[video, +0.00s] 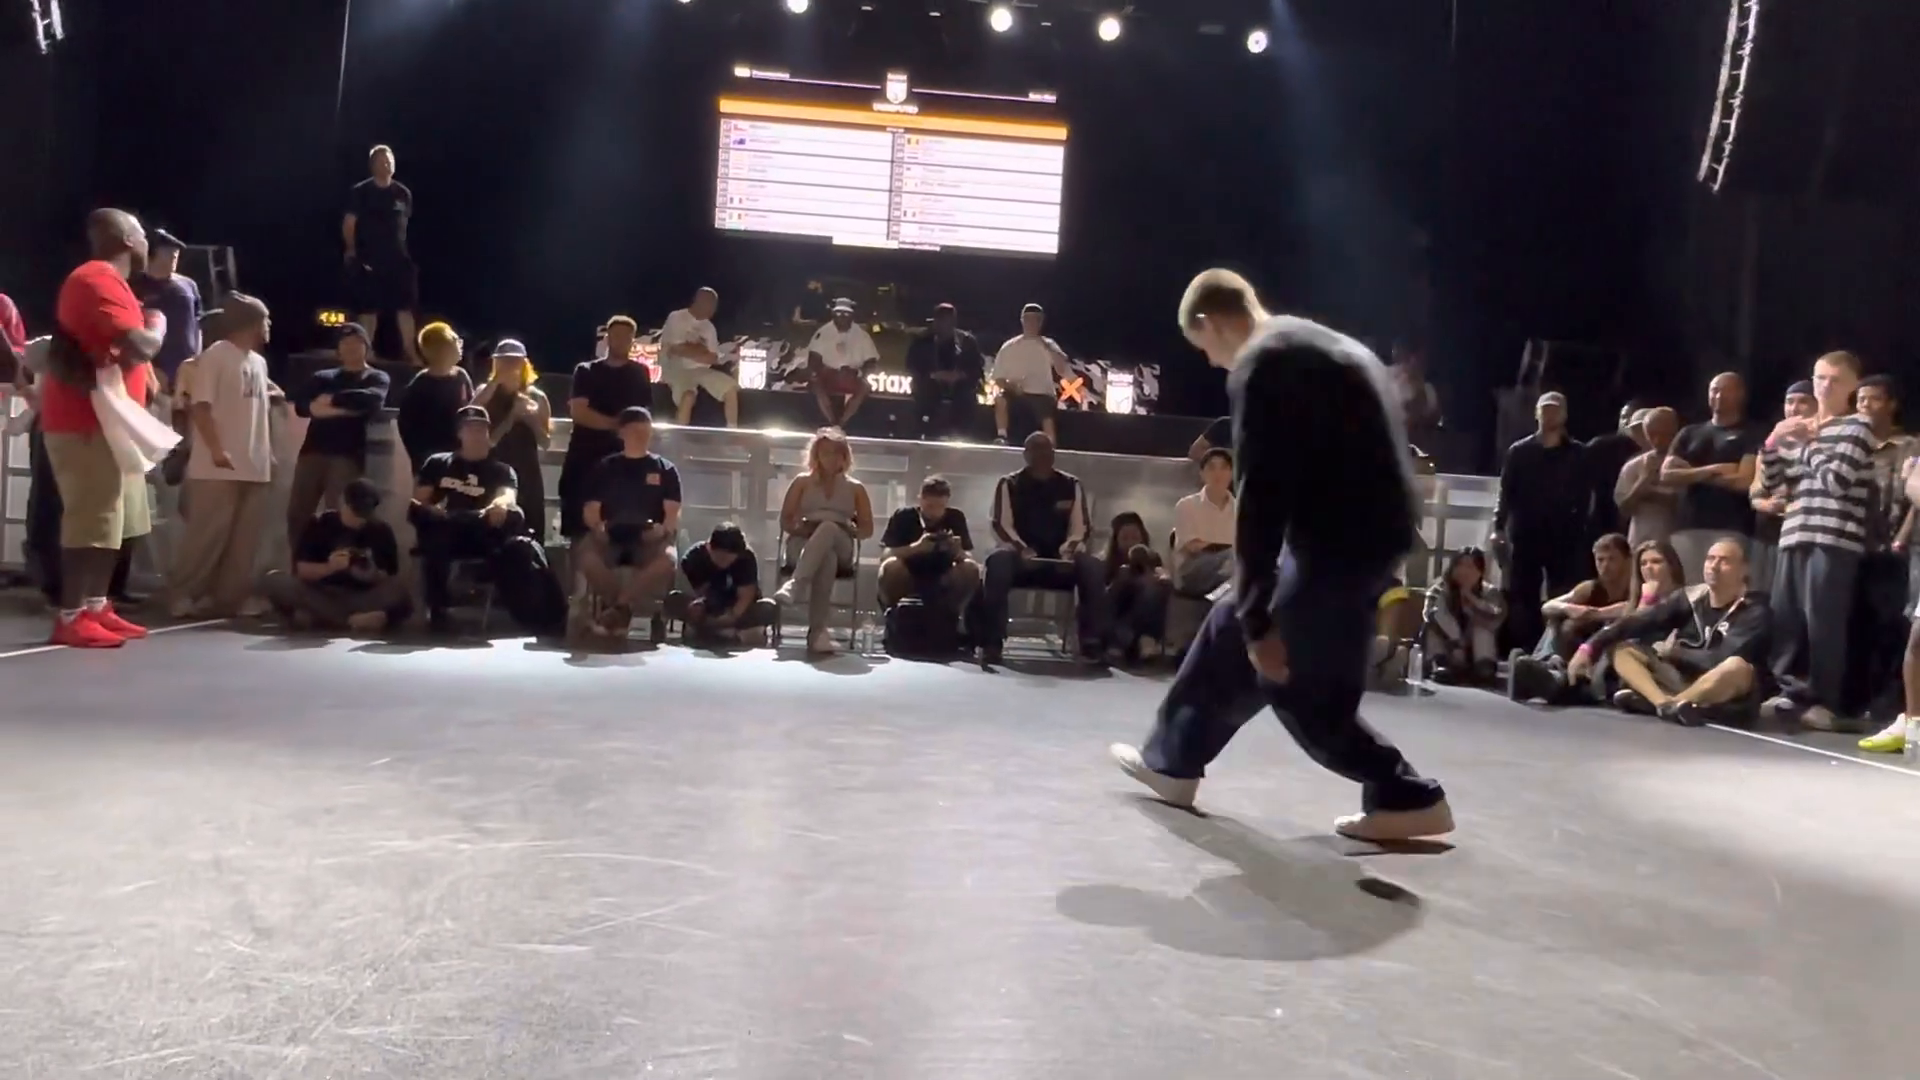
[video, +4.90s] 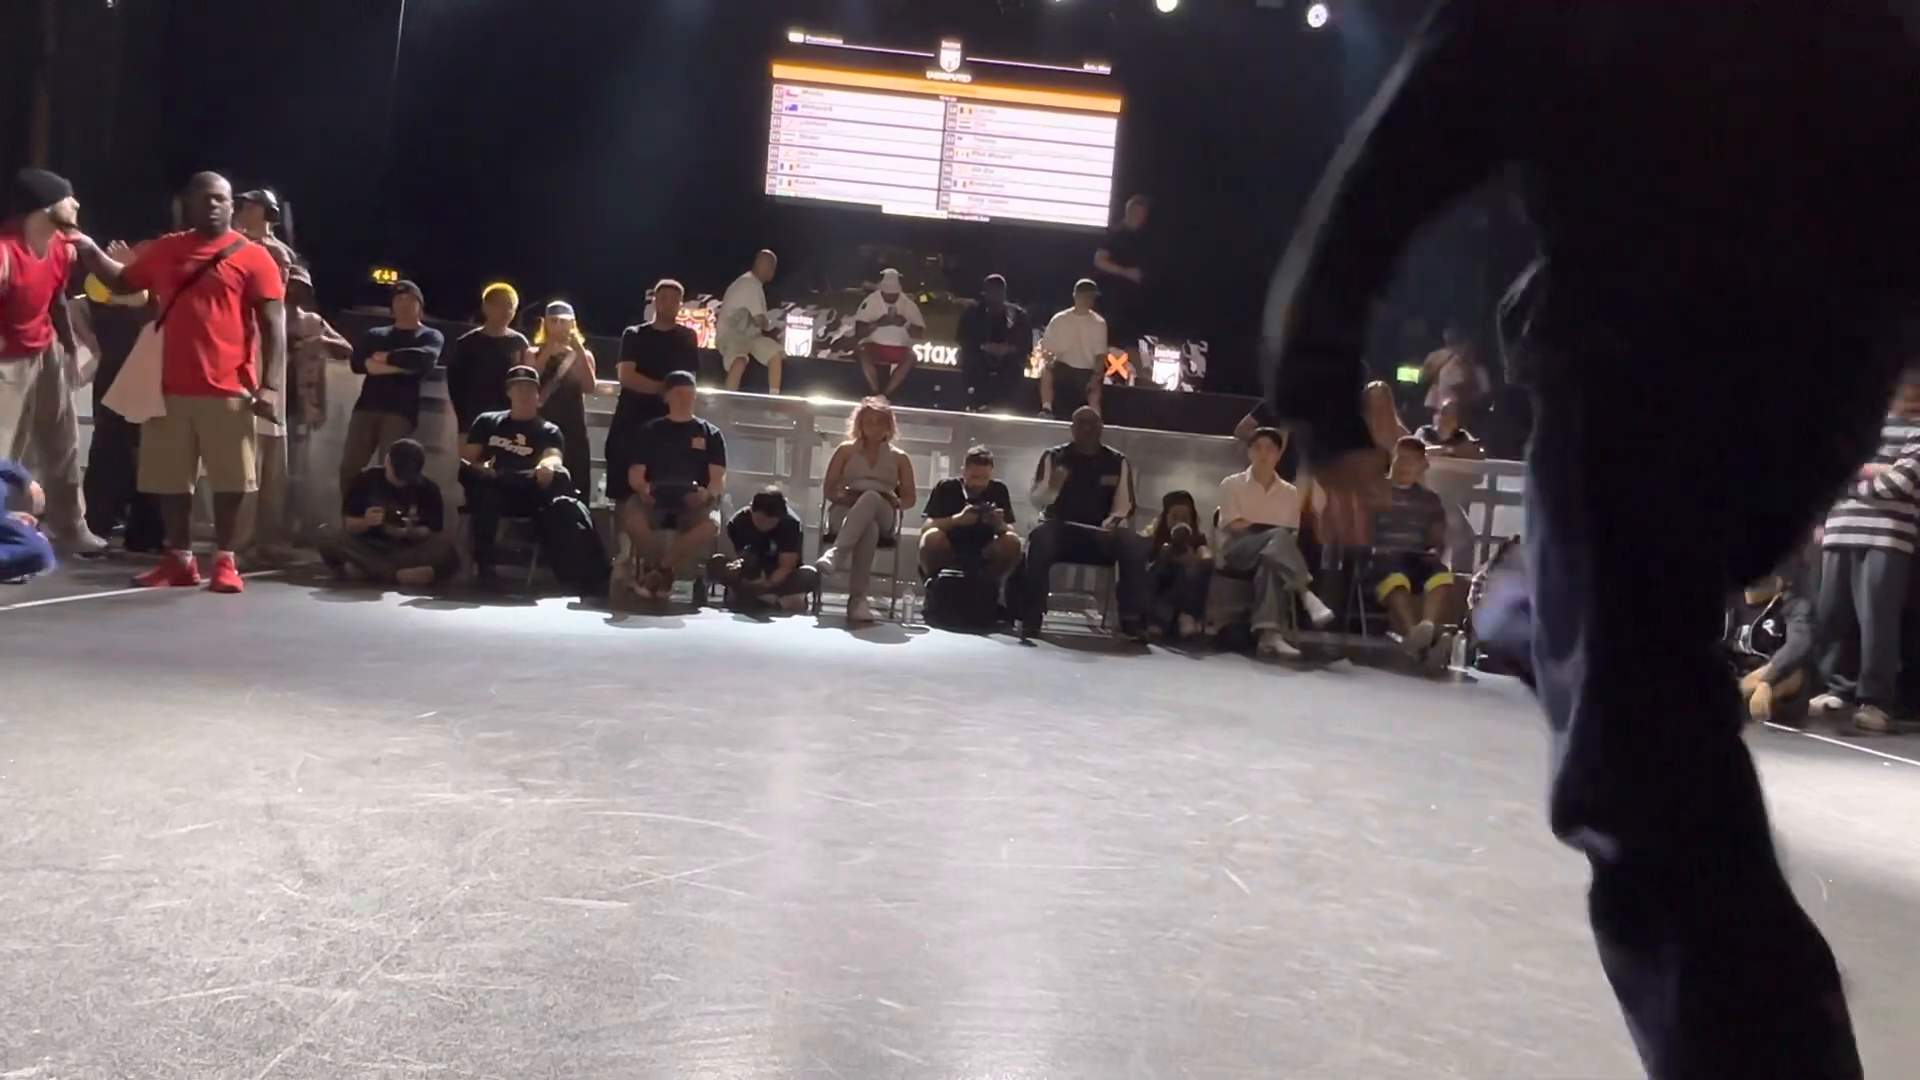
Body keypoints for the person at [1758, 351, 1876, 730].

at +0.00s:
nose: (1821, 386)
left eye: (1830, 380)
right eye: (1819, 378)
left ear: (1850, 387)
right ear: (1813, 383)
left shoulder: (1857, 427)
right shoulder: (1811, 431)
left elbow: (1838, 480)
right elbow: (1778, 483)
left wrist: (1803, 448)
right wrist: (1773, 444)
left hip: (1832, 531)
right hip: (1795, 530)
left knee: (1824, 618)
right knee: (1786, 611)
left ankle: (1828, 702)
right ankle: (1793, 690)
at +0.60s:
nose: (1848, 386)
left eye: (1857, 379)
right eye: (1844, 379)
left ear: (1880, 385)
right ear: (1840, 383)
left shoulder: (1894, 430)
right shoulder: (1823, 428)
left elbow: (1870, 481)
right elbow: (1789, 476)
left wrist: (1821, 475)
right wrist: (1822, 461)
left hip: (1859, 540)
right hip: (1815, 539)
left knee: (1849, 622)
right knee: (1806, 617)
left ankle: (1848, 702)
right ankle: (1816, 692)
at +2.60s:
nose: (1878, 380)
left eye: (1887, 373)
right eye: (1875, 373)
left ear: (1915, 377)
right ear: (1871, 375)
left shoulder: (1918, 425)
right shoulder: (1856, 420)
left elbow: (1895, 480)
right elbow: (1819, 466)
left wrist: (1845, 473)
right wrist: (1862, 470)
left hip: (1892, 540)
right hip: (1845, 537)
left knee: (1879, 621)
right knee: (1834, 613)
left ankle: (1876, 699)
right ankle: (1839, 686)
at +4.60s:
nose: (1881, 380)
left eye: (1890, 373)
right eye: (1876, 373)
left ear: (1912, 378)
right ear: (1868, 378)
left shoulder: (1912, 427)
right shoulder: (1843, 424)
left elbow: (1903, 480)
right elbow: (1815, 470)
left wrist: (1844, 480)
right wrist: (1872, 468)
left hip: (1886, 534)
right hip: (1836, 532)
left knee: (1876, 618)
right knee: (1832, 612)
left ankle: (1876, 699)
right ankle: (1836, 687)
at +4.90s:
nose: (1910, 401)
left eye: (1915, 395)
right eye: (1905, 393)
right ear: (1891, 394)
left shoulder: (1916, 433)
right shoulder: (1864, 425)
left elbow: (1900, 482)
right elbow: (1833, 466)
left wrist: (1855, 478)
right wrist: (1872, 474)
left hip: (1886, 532)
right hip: (1840, 528)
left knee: (1876, 620)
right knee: (1831, 616)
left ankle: (1875, 702)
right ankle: (1838, 689)